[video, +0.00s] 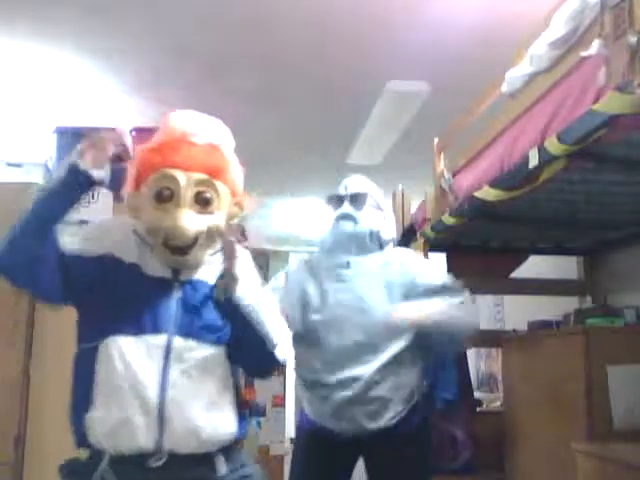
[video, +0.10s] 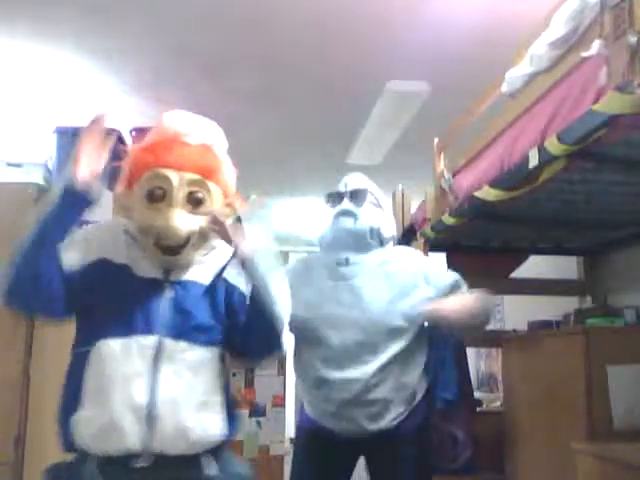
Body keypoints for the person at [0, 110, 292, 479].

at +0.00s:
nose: (181, 218)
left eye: (203, 199)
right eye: (164, 195)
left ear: (229, 211)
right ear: (134, 201)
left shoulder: (226, 280)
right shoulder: (103, 269)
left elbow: (266, 362)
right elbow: (19, 261)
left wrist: (234, 285)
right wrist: (80, 174)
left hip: (211, 465)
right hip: (117, 466)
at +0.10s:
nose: (173, 214)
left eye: (195, 198)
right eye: (157, 193)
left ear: (220, 208)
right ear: (129, 196)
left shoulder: (221, 270)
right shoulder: (98, 253)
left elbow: (260, 344)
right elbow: (24, 293)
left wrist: (252, 259)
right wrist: (76, 194)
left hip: (195, 464)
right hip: (102, 463)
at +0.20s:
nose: (166, 219)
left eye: (188, 198)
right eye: (149, 193)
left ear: (213, 211)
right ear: (119, 196)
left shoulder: (211, 271)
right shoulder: (94, 261)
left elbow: (257, 333)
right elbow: (35, 332)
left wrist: (265, 240)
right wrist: (74, 236)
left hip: (177, 460)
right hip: (91, 460)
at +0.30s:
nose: (154, 216)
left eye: (177, 196)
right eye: (137, 190)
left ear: (196, 208)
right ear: (105, 194)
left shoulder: (190, 265)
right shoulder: (71, 256)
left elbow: (233, 296)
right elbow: (31, 366)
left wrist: (252, 211)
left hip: (159, 460)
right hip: (73, 459)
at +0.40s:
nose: (147, 218)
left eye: (169, 196)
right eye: (129, 191)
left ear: (191, 209)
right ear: (96, 197)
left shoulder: (184, 265)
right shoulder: (67, 254)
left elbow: (227, 299)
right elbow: (25, 362)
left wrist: (237, 215)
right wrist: (77, 296)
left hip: (155, 459)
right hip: (68, 457)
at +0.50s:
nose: (140, 215)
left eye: (164, 192)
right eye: (122, 186)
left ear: (187, 207)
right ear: (90, 192)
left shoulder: (178, 264)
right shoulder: (63, 255)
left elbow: (220, 302)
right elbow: (23, 363)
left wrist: (232, 216)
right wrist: (72, 289)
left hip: (154, 457)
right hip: (62, 456)